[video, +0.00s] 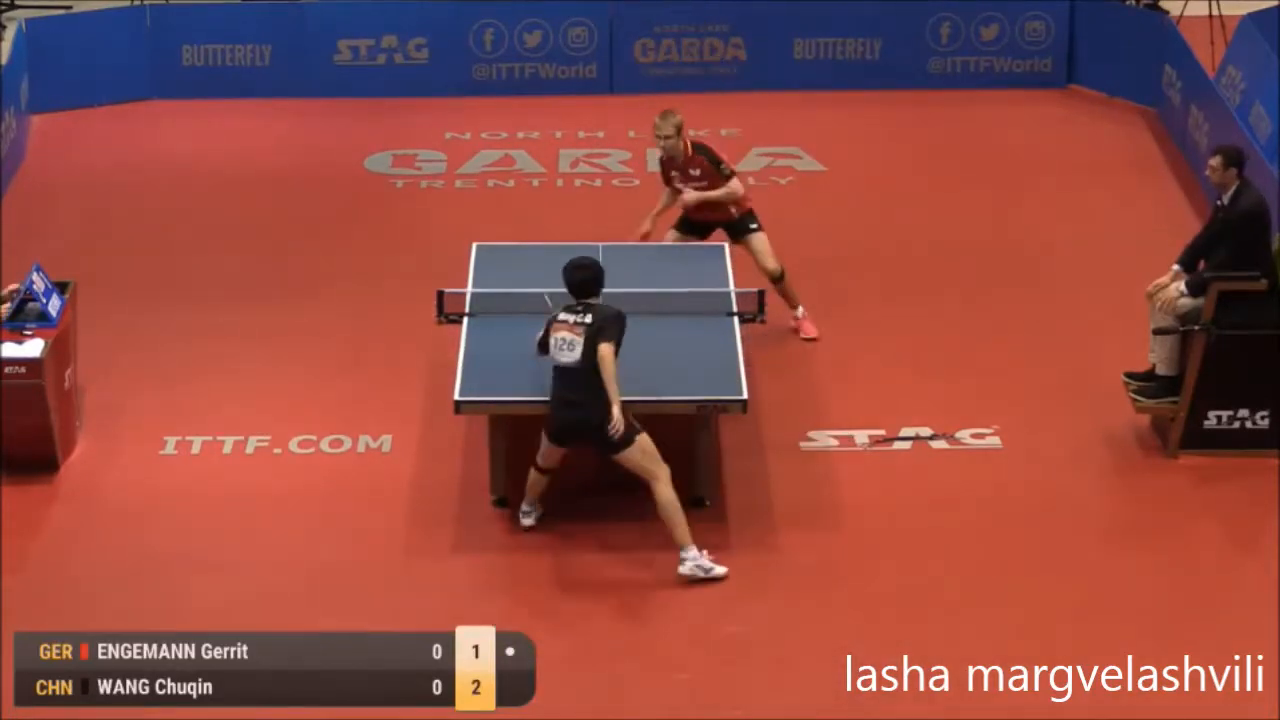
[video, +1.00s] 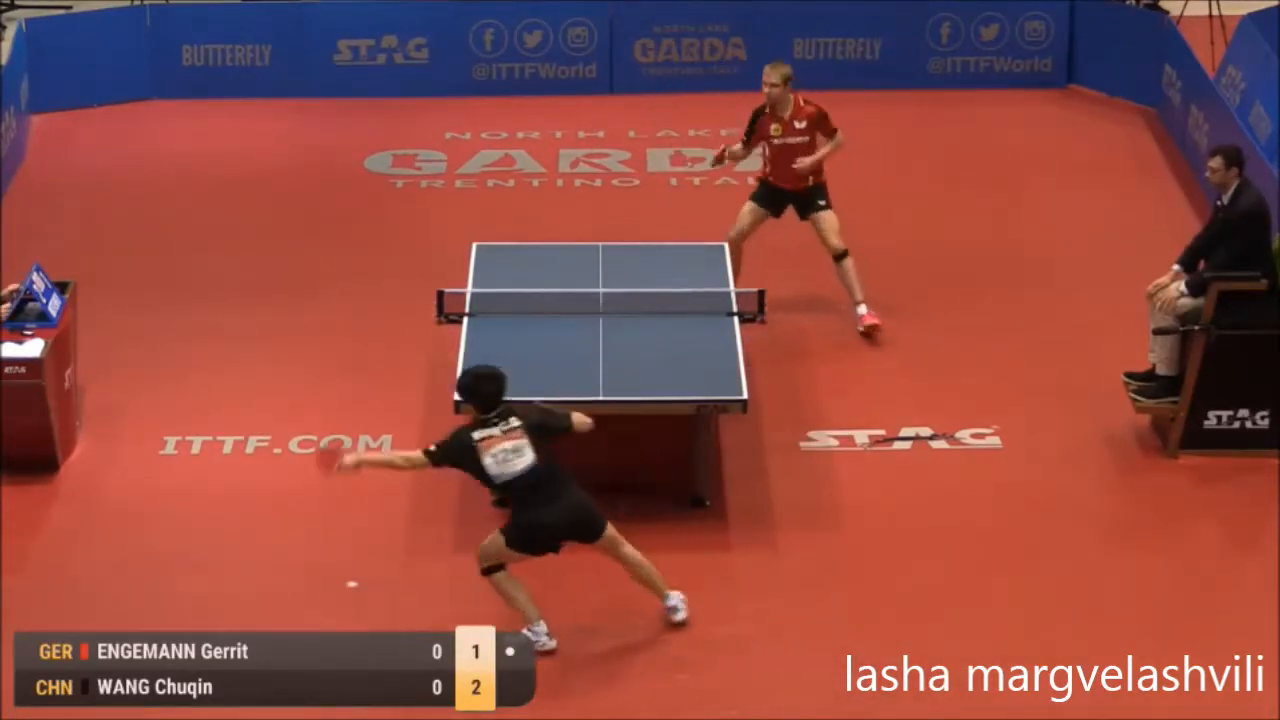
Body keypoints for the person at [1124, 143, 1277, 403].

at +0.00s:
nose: (1207, 173)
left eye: (1213, 169)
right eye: (1208, 168)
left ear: (1232, 172)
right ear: (1225, 172)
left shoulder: (1249, 206)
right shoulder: (1226, 199)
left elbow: (1229, 265)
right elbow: (1204, 240)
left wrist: (1183, 288)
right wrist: (1173, 274)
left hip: (1241, 292)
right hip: (1223, 280)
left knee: (1168, 307)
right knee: (1158, 297)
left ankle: (1168, 379)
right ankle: (1159, 370)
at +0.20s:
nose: (1206, 174)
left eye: (1212, 169)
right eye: (1207, 168)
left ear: (1231, 172)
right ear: (1225, 172)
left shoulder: (1248, 206)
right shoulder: (1226, 199)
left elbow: (1229, 265)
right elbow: (1205, 240)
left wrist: (1184, 288)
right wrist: (1173, 274)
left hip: (1242, 292)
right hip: (1224, 280)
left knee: (1168, 307)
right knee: (1159, 297)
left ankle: (1168, 379)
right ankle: (1159, 370)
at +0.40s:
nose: (1206, 174)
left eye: (1212, 170)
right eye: (1207, 169)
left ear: (1231, 172)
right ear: (1225, 172)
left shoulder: (1248, 206)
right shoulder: (1226, 199)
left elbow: (1229, 264)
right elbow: (1205, 240)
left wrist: (1184, 288)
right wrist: (1173, 274)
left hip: (1242, 292)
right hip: (1224, 280)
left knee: (1168, 307)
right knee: (1159, 297)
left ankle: (1168, 379)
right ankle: (1159, 370)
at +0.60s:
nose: (1207, 175)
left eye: (1213, 170)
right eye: (1207, 169)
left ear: (1232, 172)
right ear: (1224, 172)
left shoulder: (1249, 206)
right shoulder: (1226, 199)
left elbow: (1229, 264)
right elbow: (1205, 240)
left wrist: (1184, 288)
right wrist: (1173, 274)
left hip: (1242, 292)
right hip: (1224, 280)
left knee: (1168, 307)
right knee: (1159, 297)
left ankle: (1168, 379)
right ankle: (1159, 370)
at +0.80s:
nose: (1207, 175)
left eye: (1213, 170)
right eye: (1207, 169)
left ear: (1233, 171)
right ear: (1224, 172)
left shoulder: (1249, 206)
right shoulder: (1226, 199)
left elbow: (1229, 264)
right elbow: (1205, 240)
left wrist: (1183, 288)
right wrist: (1173, 274)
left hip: (1242, 292)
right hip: (1224, 280)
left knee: (1168, 307)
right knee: (1158, 297)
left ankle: (1168, 379)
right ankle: (1159, 370)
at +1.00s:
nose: (1207, 175)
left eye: (1213, 170)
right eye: (1207, 170)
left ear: (1233, 171)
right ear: (1224, 172)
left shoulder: (1248, 206)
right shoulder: (1226, 199)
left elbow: (1229, 264)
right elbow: (1205, 240)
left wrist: (1183, 288)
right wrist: (1173, 274)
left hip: (1242, 292)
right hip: (1224, 280)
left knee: (1168, 307)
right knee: (1158, 297)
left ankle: (1168, 379)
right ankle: (1159, 370)